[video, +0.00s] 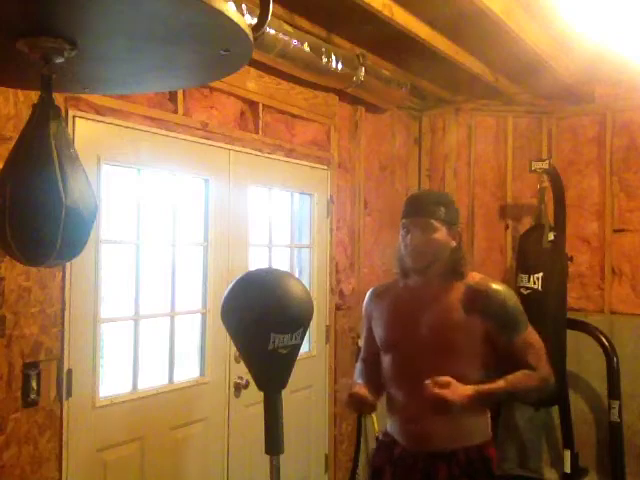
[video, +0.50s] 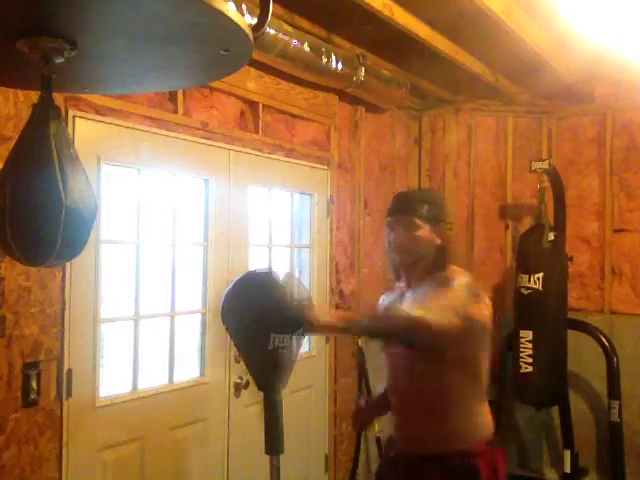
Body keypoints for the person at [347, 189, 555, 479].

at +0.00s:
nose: (413, 241)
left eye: (428, 230)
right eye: (407, 231)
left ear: (453, 238)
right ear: (400, 237)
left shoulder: (489, 298)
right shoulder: (379, 300)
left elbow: (541, 376)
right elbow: (368, 365)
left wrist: (470, 393)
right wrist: (363, 393)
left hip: (465, 461)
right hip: (398, 459)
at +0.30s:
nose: (407, 242)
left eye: (421, 231)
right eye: (402, 232)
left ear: (449, 240)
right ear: (394, 240)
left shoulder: (483, 304)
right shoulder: (378, 303)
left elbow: (533, 385)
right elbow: (370, 371)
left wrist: (455, 396)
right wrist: (358, 395)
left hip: (459, 463)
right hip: (393, 461)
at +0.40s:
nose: (403, 239)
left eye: (417, 229)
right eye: (397, 229)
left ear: (443, 235)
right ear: (390, 237)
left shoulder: (467, 292)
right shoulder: (383, 300)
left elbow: (516, 365)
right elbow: (388, 370)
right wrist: (367, 396)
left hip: (460, 460)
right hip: (400, 459)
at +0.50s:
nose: (398, 239)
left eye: (411, 228)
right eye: (392, 228)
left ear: (438, 235)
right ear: (385, 237)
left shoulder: (464, 290)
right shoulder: (389, 302)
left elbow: (442, 330)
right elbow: (406, 379)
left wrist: (352, 322)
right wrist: (371, 410)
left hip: (463, 457)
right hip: (407, 453)